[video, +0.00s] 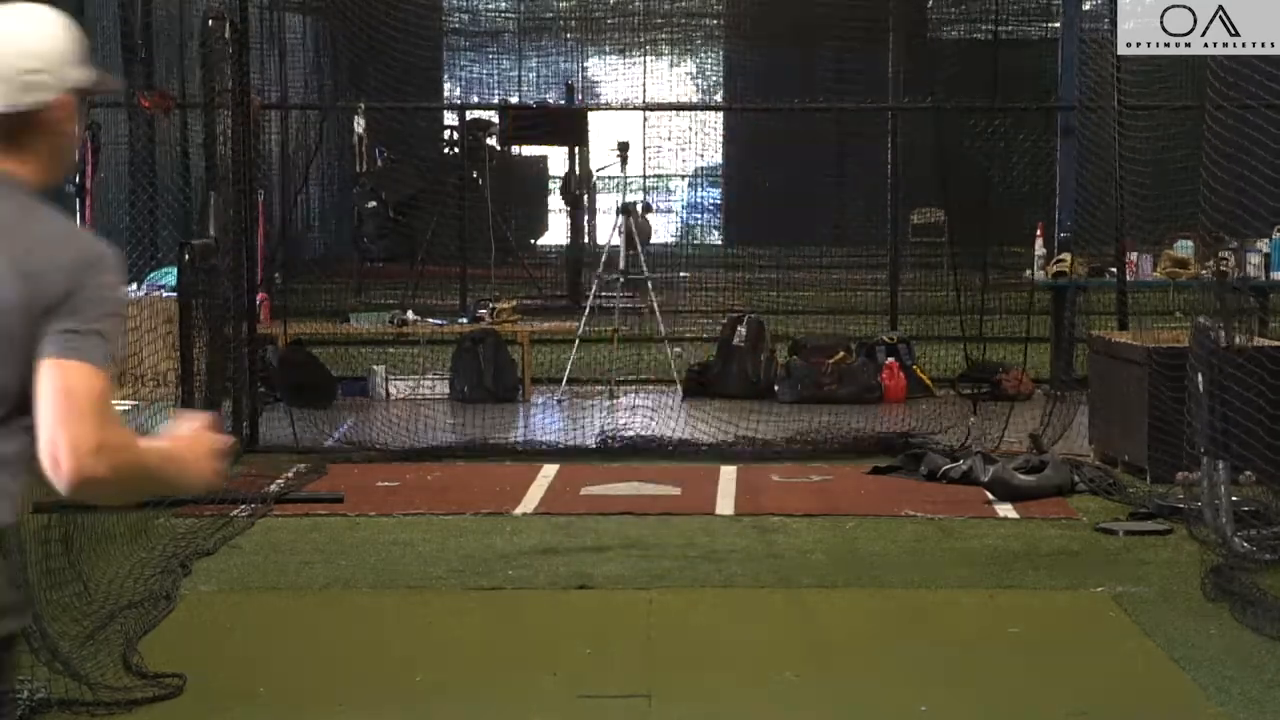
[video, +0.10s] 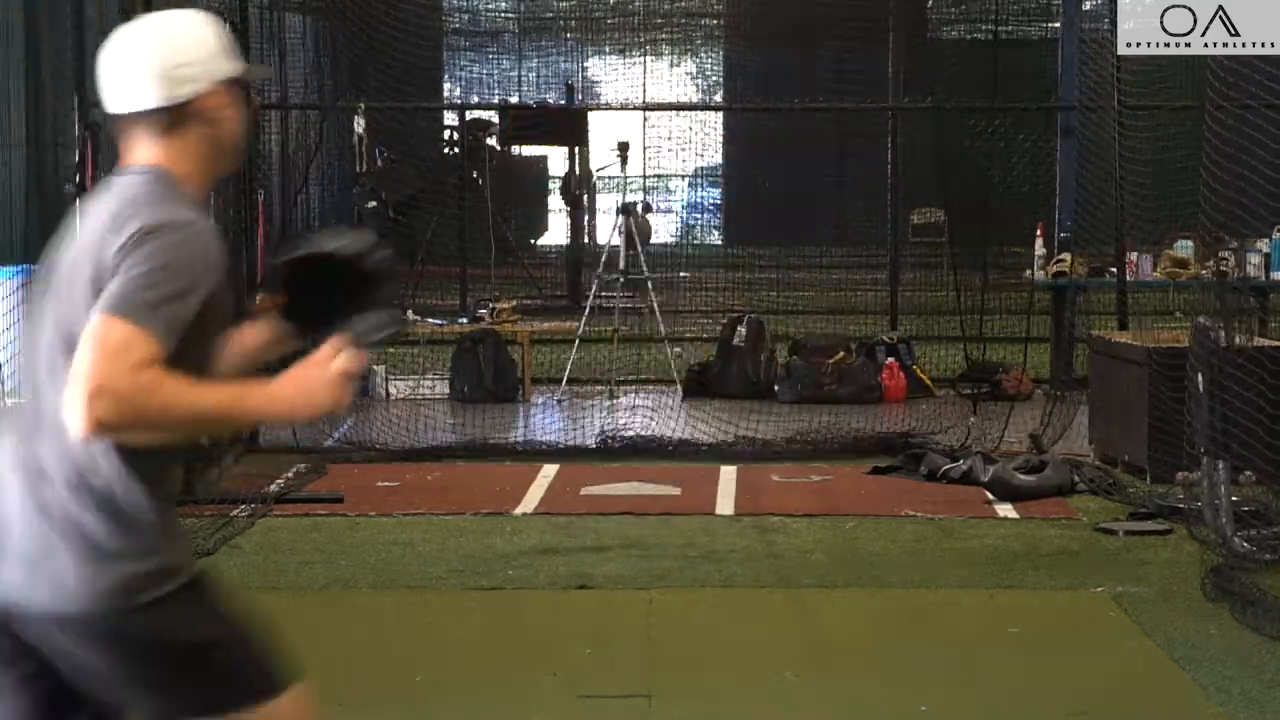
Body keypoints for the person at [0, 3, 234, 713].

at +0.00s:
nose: (81, 122)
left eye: (79, 102)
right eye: (78, 102)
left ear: (11, 110)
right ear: (54, 109)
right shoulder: (68, 258)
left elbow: (71, 455)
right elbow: (74, 458)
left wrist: (149, 453)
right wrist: (175, 459)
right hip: (5, 593)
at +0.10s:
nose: (249, 109)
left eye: (244, 91)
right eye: (241, 91)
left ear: (132, 116)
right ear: (212, 101)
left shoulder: (91, 217)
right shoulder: (175, 229)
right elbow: (105, 399)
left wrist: (272, 330)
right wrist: (281, 398)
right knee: (275, 703)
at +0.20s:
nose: (398, 113)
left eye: (395, 96)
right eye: (392, 96)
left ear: (298, 109)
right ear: (367, 105)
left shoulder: (348, 225)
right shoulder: (275, 222)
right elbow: (194, 379)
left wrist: (445, 312)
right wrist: (362, 347)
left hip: (213, 531)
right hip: (286, 526)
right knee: (476, 682)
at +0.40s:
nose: (612, 191)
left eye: (607, 179)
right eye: (611, 181)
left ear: (526, 199)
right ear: (606, 191)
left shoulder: (560, 284)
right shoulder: (541, 298)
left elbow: (586, 392)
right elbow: (502, 438)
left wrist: (683, 335)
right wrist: (645, 417)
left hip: (536, 522)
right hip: (503, 548)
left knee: (679, 604)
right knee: (692, 683)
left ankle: (580, 711)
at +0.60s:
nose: (672, 155)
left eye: (667, 145)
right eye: (668, 145)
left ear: (596, 164)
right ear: (661, 158)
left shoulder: (642, 236)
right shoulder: (606, 263)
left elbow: (675, 278)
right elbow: (623, 394)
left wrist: (735, 228)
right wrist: (717, 328)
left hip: (647, 445)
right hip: (594, 460)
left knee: (755, 581)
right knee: (696, 599)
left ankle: (767, 716)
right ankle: (614, 715)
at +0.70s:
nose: (683, 129)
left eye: (677, 120)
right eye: (682, 120)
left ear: (611, 131)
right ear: (674, 130)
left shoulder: (602, 198)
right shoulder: (637, 222)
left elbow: (655, 252)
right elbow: (674, 345)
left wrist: (715, 221)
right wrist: (742, 263)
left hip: (599, 404)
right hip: (602, 416)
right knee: (701, 554)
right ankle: (565, 692)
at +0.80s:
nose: (685, 140)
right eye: (685, 132)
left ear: (620, 137)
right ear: (682, 141)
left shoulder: (619, 187)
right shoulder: (635, 236)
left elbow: (678, 201)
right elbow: (622, 353)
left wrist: (740, 230)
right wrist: (712, 338)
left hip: (611, 382)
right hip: (567, 408)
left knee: (700, 499)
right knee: (670, 537)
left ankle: (707, 647)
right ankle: (594, 691)